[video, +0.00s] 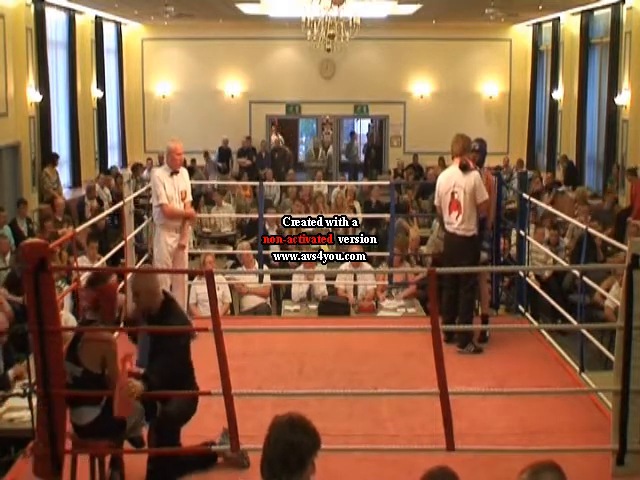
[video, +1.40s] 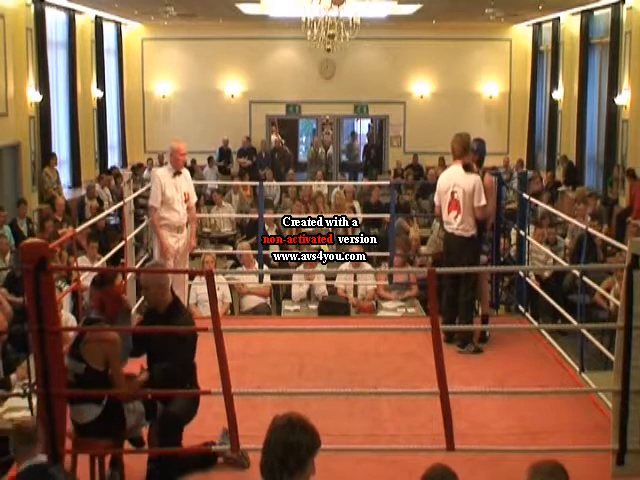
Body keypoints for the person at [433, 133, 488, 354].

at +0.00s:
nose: (470, 154)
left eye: (463, 150)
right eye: (470, 151)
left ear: (452, 152)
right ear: (469, 152)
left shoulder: (443, 176)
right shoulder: (474, 176)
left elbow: (438, 205)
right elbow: (484, 205)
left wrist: (446, 224)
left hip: (450, 235)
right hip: (469, 236)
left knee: (449, 282)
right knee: (468, 284)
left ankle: (448, 327)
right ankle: (464, 334)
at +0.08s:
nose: (470, 154)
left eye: (463, 150)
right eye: (470, 151)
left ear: (452, 152)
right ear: (469, 151)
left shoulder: (443, 176)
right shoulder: (473, 175)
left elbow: (438, 205)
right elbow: (484, 203)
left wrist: (446, 224)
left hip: (450, 235)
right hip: (469, 236)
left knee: (449, 282)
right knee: (468, 284)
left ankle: (448, 327)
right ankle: (464, 334)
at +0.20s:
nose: (469, 154)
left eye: (465, 150)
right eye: (469, 151)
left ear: (452, 152)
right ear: (469, 152)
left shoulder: (443, 176)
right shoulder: (473, 175)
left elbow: (438, 205)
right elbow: (485, 197)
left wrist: (446, 225)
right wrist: (478, 174)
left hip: (450, 235)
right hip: (468, 236)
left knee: (449, 283)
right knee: (467, 284)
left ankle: (449, 327)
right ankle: (464, 334)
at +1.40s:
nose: (466, 154)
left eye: (455, 150)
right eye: (468, 150)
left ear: (452, 151)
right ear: (470, 152)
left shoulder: (443, 177)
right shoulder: (474, 179)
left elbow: (438, 210)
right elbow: (480, 212)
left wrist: (451, 217)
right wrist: (489, 204)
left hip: (449, 235)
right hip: (468, 236)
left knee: (450, 282)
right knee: (467, 284)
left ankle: (448, 327)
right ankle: (465, 335)